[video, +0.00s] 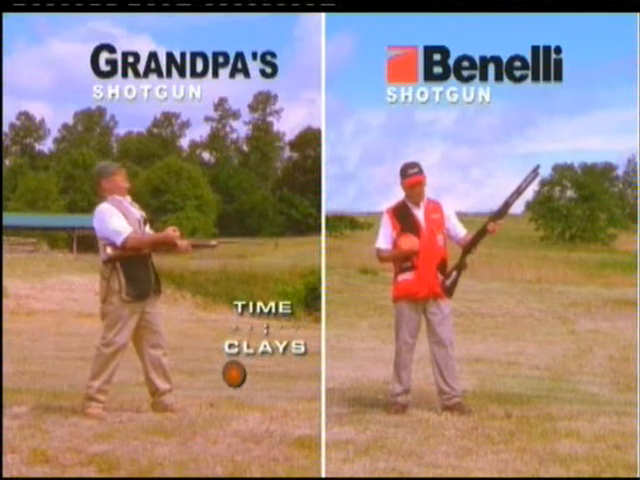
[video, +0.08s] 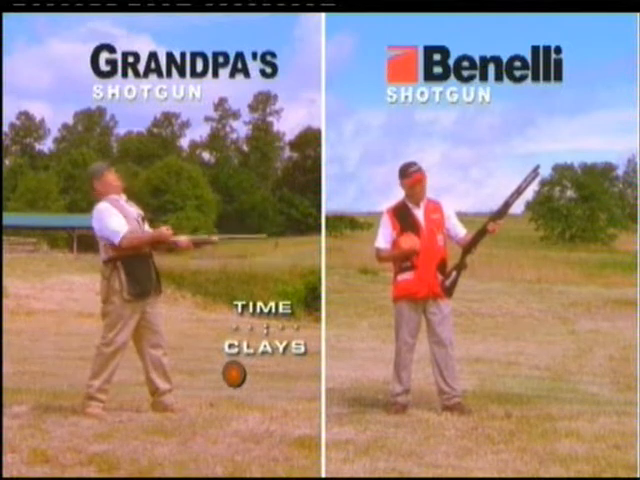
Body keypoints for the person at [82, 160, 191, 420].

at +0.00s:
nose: (126, 182)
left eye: (125, 178)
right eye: (121, 178)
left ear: (118, 182)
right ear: (105, 184)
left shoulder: (130, 205)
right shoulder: (105, 211)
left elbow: (143, 238)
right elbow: (127, 240)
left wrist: (171, 243)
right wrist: (161, 238)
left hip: (144, 276)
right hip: (120, 280)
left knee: (154, 343)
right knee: (113, 342)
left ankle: (162, 397)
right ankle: (94, 400)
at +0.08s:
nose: (118, 180)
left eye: (116, 175)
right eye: (111, 177)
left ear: (115, 181)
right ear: (99, 186)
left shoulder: (128, 205)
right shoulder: (103, 210)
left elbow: (143, 237)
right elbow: (122, 240)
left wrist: (172, 243)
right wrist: (156, 237)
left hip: (144, 273)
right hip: (120, 277)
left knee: (154, 343)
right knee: (113, 342)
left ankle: (163, 398)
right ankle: (94, 400)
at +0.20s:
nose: (113, 178)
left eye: (111, 175)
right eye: (105, 176)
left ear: (113, 183)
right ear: (94, 189)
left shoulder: (130, 207)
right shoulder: (100, 212)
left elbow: (145, 238)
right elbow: (111, 248)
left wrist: (171, 242)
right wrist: (149, 240)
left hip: (145, 269)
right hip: (121, 273)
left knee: (154, 341)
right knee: (114, 340)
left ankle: (162, 397)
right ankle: (95, 399)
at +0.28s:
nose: (111, 177)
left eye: (109, 174)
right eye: (104, 175)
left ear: (112, 182)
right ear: (93, 188)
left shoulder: (130, 206)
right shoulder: (98, 211)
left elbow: (148, 237)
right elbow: (108, 246)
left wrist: (171, 240)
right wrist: (145, 243)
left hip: (145, 272)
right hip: (120, 276)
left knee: (154, 342)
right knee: (114, 341)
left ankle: (163, 397)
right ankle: (95, 399)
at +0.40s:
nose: (117, 186)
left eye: (117, 181)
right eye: (111, 182)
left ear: (118, 182)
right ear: (98, 187)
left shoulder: (132, 207)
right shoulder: (97, 211)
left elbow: (147, 237)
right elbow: (103, 246)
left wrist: (172, 237)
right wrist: (137, 246)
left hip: (145, 279)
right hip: (119, 283)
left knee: (154, 344)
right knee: (113, 343)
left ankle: (163, 397)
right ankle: (95, 399)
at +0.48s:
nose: (119, 185)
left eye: (119, 180)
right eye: (114, 181)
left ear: (119, 183)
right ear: (101, 184)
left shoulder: (132, 208)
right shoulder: (96, 212)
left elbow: (147, 238)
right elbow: (102, 246)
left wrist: (171, 237)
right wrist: (136, 246)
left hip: (144, 282)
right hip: (118, 285)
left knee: (154, 344)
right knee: (112, 343)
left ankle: (162, 397)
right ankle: (95, 399)